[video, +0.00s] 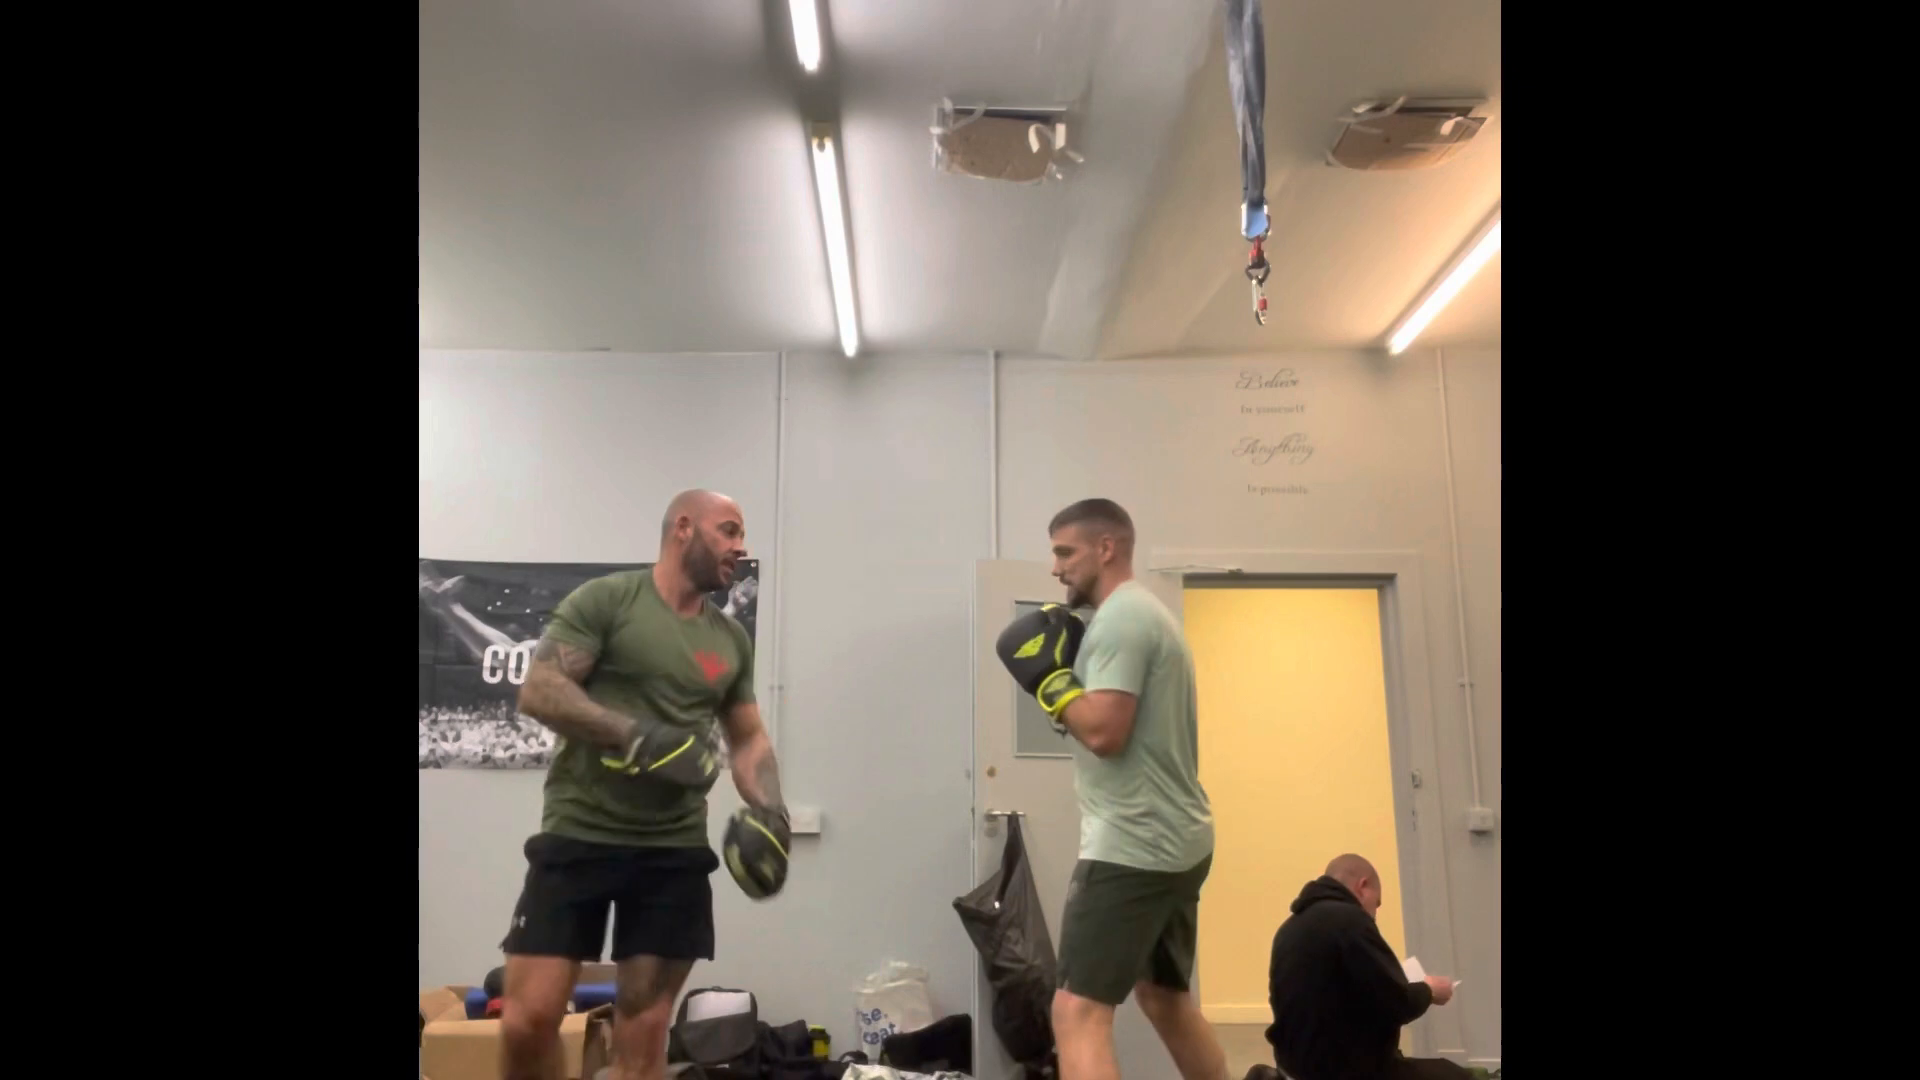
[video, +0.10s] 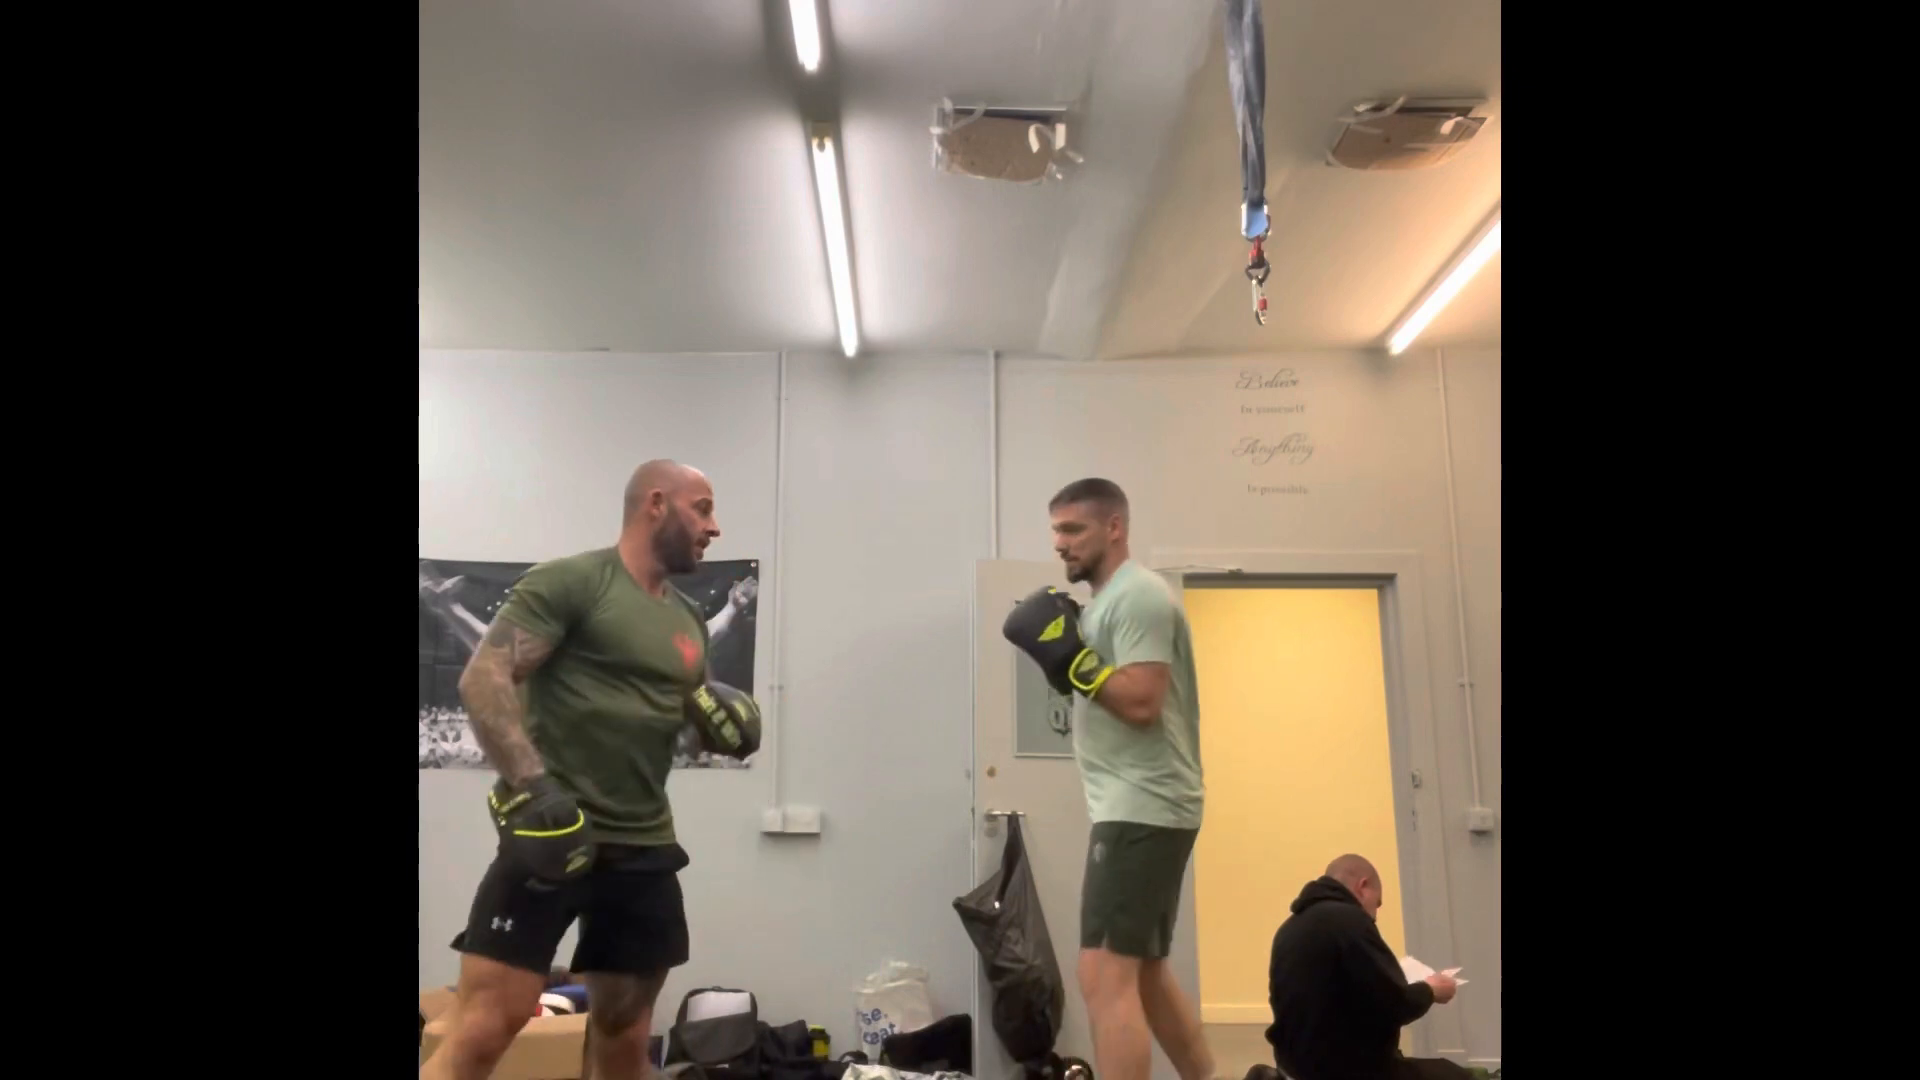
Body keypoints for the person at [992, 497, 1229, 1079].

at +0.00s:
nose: (1056, 567)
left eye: (1065, 552)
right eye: (1055, 554)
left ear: (1109, 547)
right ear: (1110, 551)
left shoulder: (1122, 616)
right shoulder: (1148, 613)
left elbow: (1104, 731)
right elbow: (1127, 722)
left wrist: (1048, 680)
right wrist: (1078, 656)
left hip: (1131, 847)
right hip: (1178, 842)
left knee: (1079, 1013)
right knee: (1167, 998)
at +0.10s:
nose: (1061, 545)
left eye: (1072, 531)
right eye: (1057, 533)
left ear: (1114, 527)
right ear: (1061, 534)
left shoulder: (1140, 594)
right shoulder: (1104, 604)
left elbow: (1141, 701)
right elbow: (1115, 700)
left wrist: (1072, 655)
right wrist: (1063, 655)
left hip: (1144, 807)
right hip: (1131, 805)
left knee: (1104, 976)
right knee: (1146, 974)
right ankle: (1203, 1074)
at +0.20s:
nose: (1071, 579)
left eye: (1085, 567)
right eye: (1067, 568)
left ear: (1125, 569)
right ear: (1065, 571)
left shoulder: (1152, 637)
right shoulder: (1090, 644)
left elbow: (1150, 744)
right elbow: (1071, 749)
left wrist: (1084, 686)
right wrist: (1044, 692)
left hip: (1146, 838)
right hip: (1107, 837)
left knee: (1079, 990)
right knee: (1131, 1001)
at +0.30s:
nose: (1066, 554)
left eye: (1080, 541)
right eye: (1061, 543)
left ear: (1118, 545)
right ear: (1058, 548)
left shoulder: (1145, 609)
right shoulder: (1077, 619)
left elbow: (1155, 712)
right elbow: (1055, 722)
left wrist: (1079, 659)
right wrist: (1031, 657)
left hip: (1128, 809)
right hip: (1088, 811)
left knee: (1072, 966)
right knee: (1118, 983)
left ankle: (1111, 1079)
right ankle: (1167, 1079)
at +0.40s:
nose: (1060, 575)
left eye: (1075, 564)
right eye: (1055, 564)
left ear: (1113, 571)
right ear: (1049, 569)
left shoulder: (1132, 639)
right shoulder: (1061, 645)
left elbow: (1132, 744)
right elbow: (1031, 757)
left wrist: (1063, 688)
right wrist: (1018, 688)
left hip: (1113, 849)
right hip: (1070, 848)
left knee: (1052, 1015)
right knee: (1090, 1025)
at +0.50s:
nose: (1033, 538)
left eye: (1049, 526)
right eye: (1027, 527)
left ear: (1086, 535)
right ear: (1021, 534)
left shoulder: (1106, 602)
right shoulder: (1025, 611)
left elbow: (1103, 704)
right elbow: (994, 722)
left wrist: (1039, 635)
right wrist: (982, 647)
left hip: (1089, 827)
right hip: (1032, 826)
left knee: (1083, 1002)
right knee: (1026, 988)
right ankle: (1077, 1079)